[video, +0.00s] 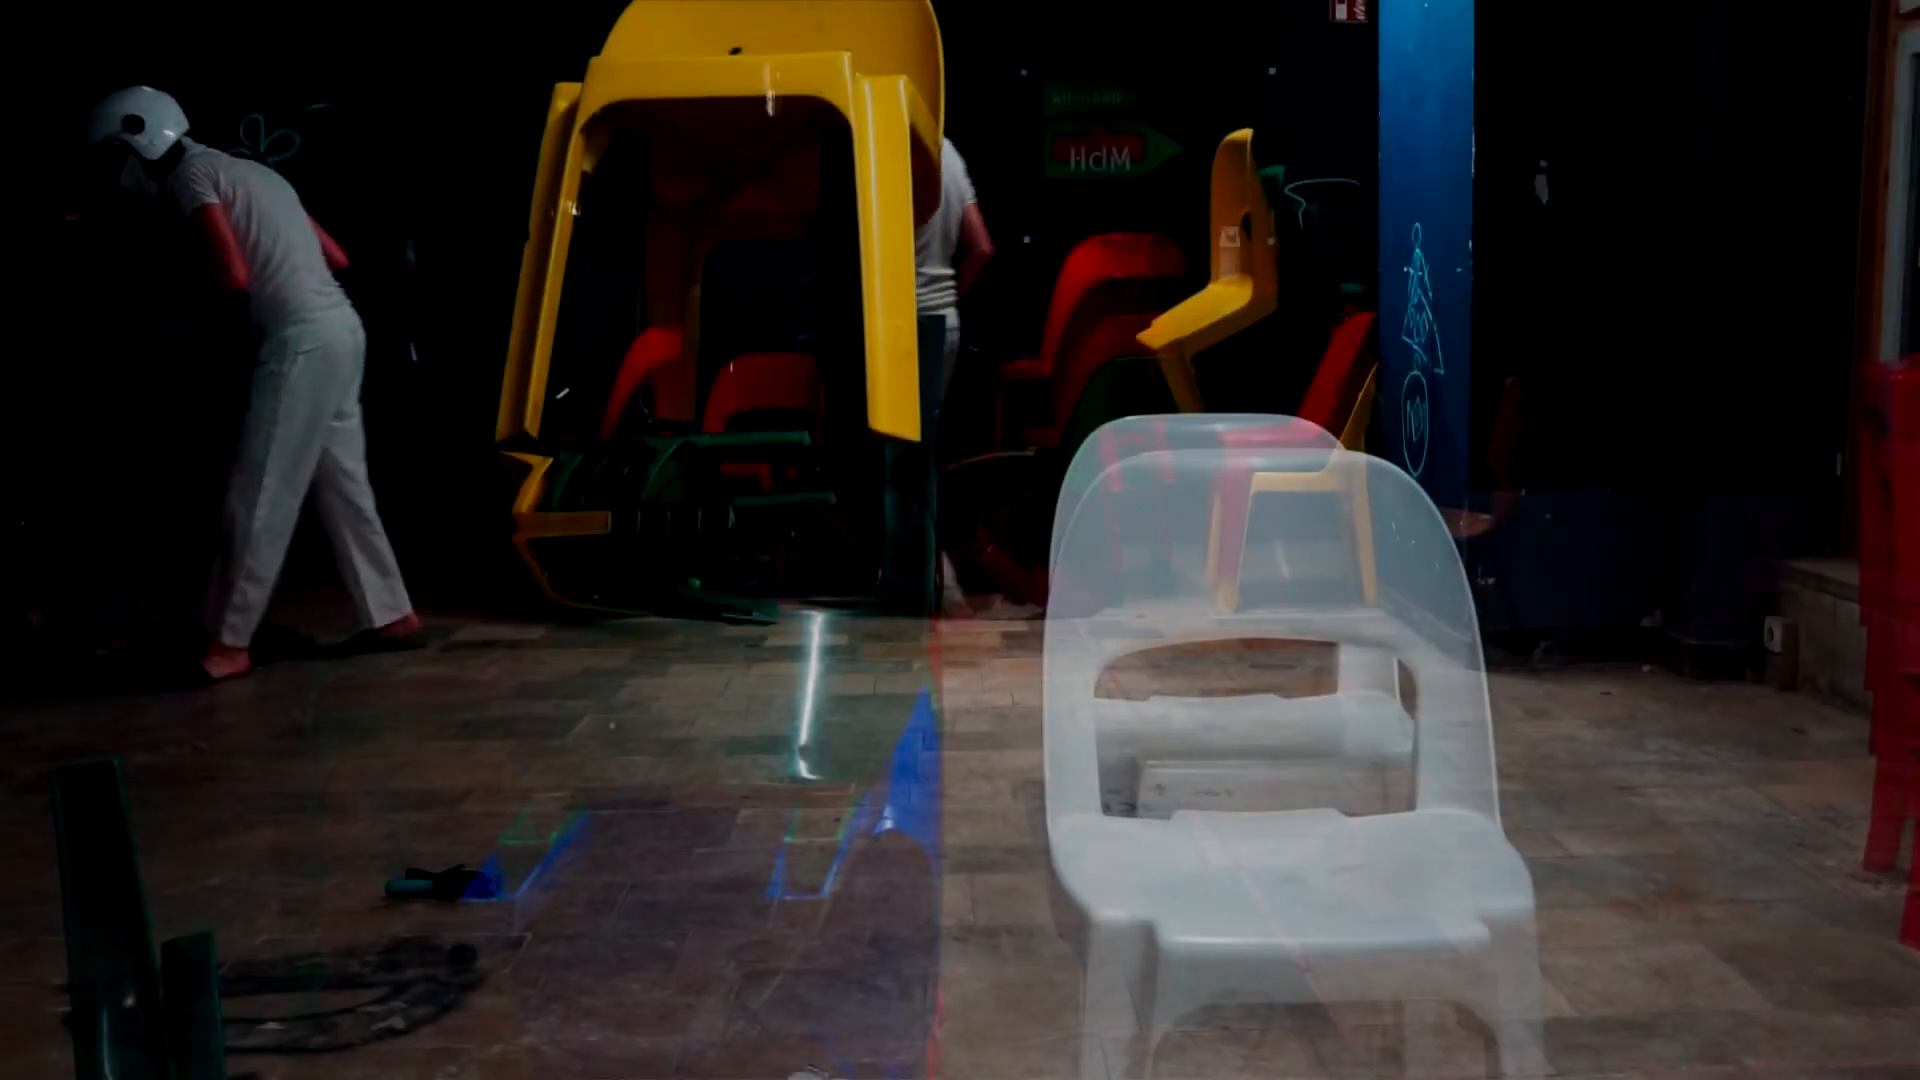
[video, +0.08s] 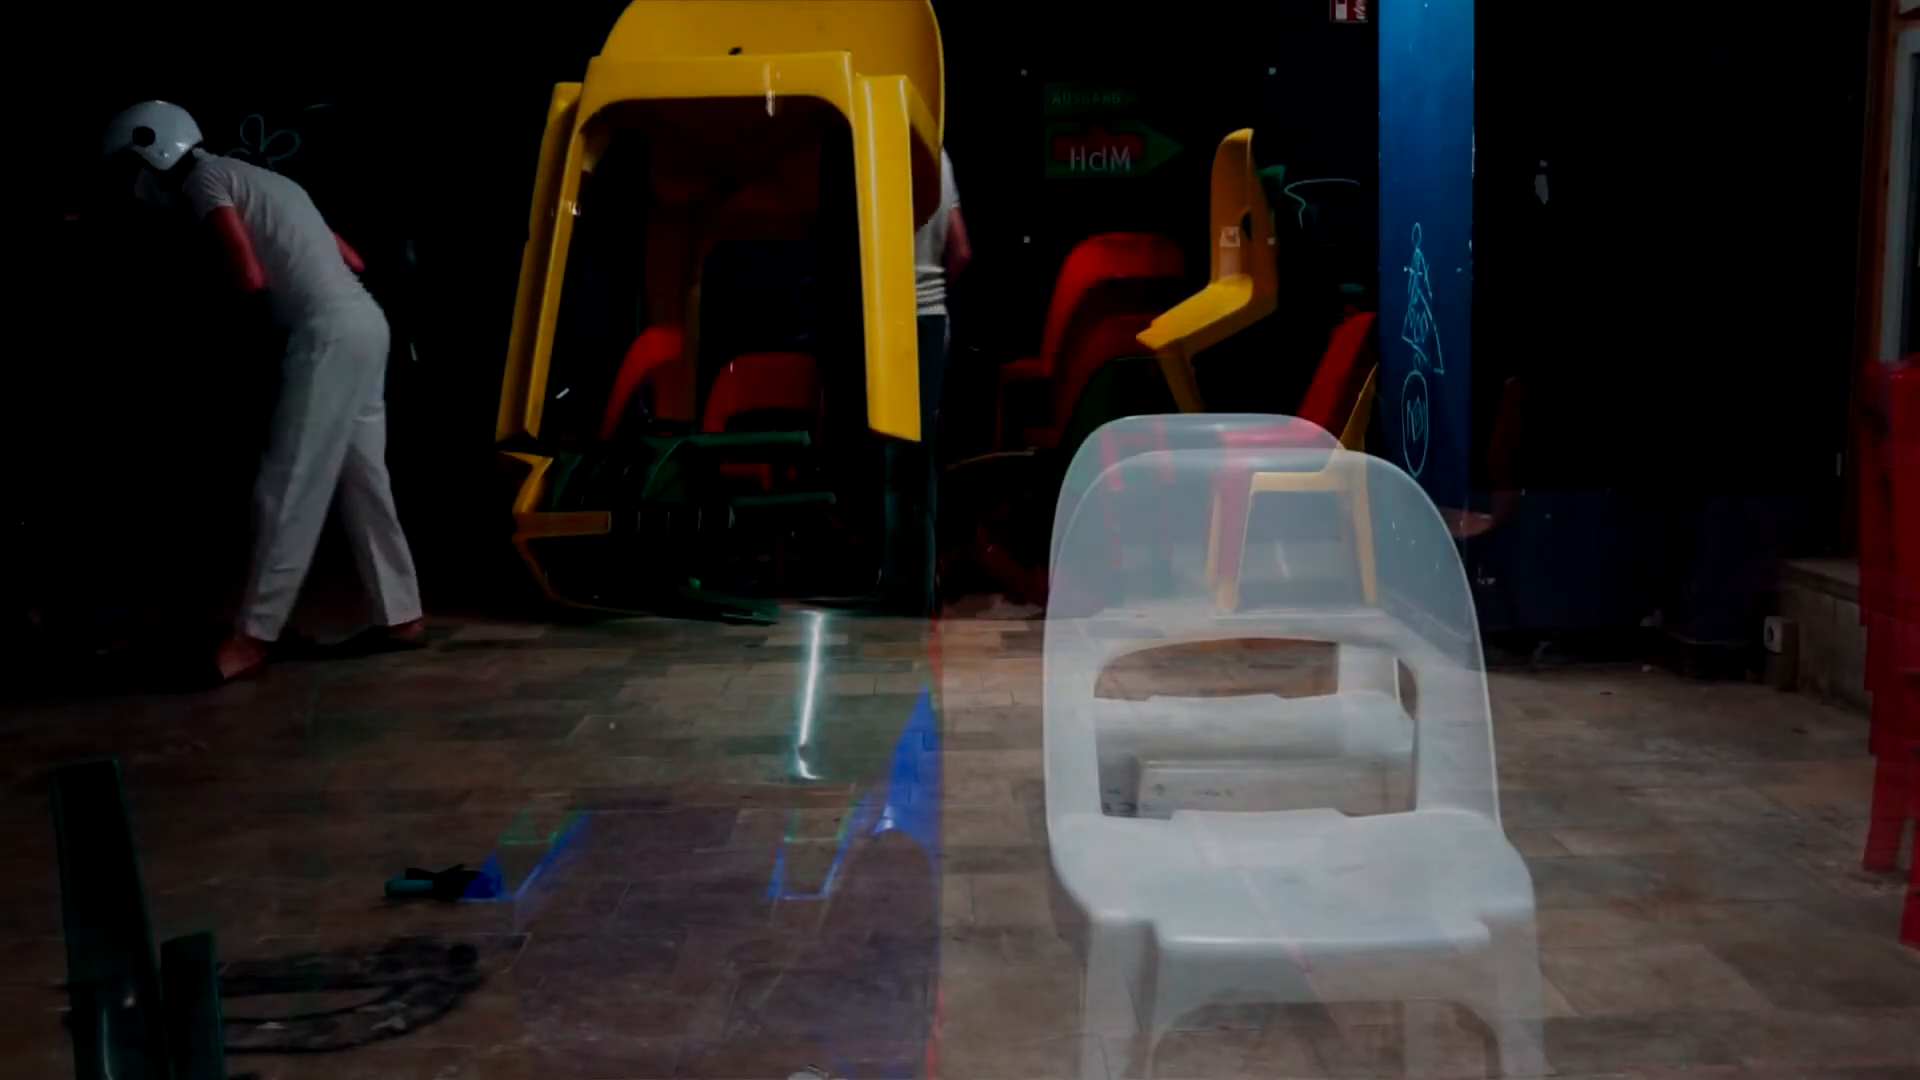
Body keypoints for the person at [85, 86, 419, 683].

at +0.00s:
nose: (126, 176)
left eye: (123, 159)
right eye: (118, 163)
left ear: (145, 142)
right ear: (174, 129)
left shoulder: (193, 172)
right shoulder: (252, 170)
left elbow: (234, 275)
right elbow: (334, 254)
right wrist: (261, 249)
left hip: (303, 340)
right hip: (342, 329)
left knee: (262, 490)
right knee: (344, 481)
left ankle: (231, 645)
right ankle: (393, 616)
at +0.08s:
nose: (140, 186)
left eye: (137, 171)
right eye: (133, 175)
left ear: (157, 153)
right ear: (187, 140)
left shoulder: (205, 176)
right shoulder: (265, 179)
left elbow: (250, 277)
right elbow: (350, 258)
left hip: (329, 330)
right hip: (366, 323)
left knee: (290, 482)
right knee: (364, 476)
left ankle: (253, 637)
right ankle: (402, 617)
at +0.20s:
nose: (161, 206)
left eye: (157, 193)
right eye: (154, 197)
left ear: (171, 177)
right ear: (206, 161)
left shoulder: (218, 190)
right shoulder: (263, 189)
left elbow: (266, 282)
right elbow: (367, 265)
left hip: (354, 326)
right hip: (389, 319)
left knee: (328, 476)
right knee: (390, 472)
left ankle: (329, 639)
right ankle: (407, 617)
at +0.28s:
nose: (172, 222)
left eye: (167, 210)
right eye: (166, 214)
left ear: (179, 194)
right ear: (208, 176)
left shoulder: (222, 200)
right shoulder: (252, 196)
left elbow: (274, 288)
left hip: (367, 324)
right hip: (400, 317)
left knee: (359, 478)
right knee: (404, 474)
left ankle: (396, 631)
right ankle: (408, 626)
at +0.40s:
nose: (182, 245)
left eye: (177, 233)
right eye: (175, 236)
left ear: (186, 215)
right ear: (216, 199)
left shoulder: (226, 218)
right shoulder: (260, 215)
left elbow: (279, 300)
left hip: (380, 322)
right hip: (407, 316)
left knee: (402, 474)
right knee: (395, 475)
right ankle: (406, 619)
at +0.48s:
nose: (183, 258)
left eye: (179, 248)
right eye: (177, 250)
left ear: (189, 232)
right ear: (216, 210)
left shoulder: (228, 230)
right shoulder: (262, 227)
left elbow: (282, 312)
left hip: (383, 319)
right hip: (411, 315)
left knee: (420, 461)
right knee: (399, 473)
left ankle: (520, 589)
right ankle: (409, 617)